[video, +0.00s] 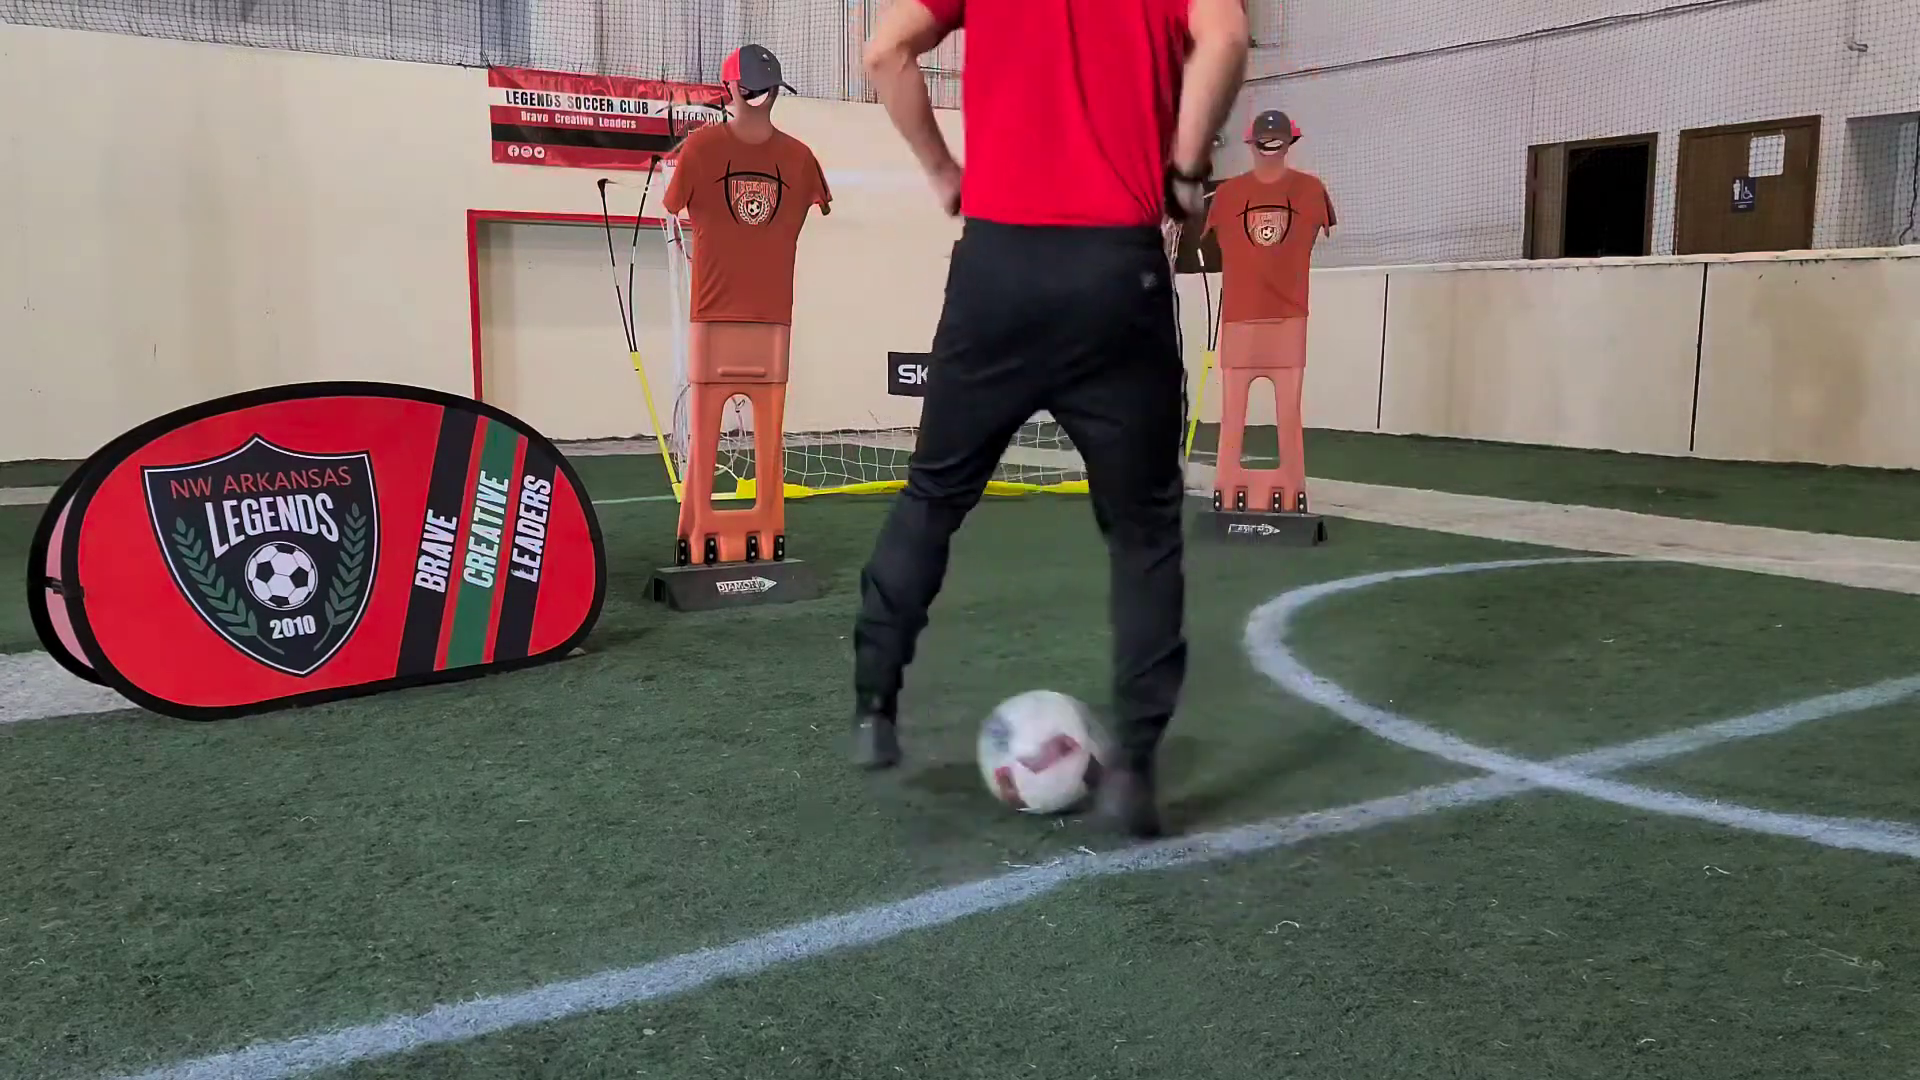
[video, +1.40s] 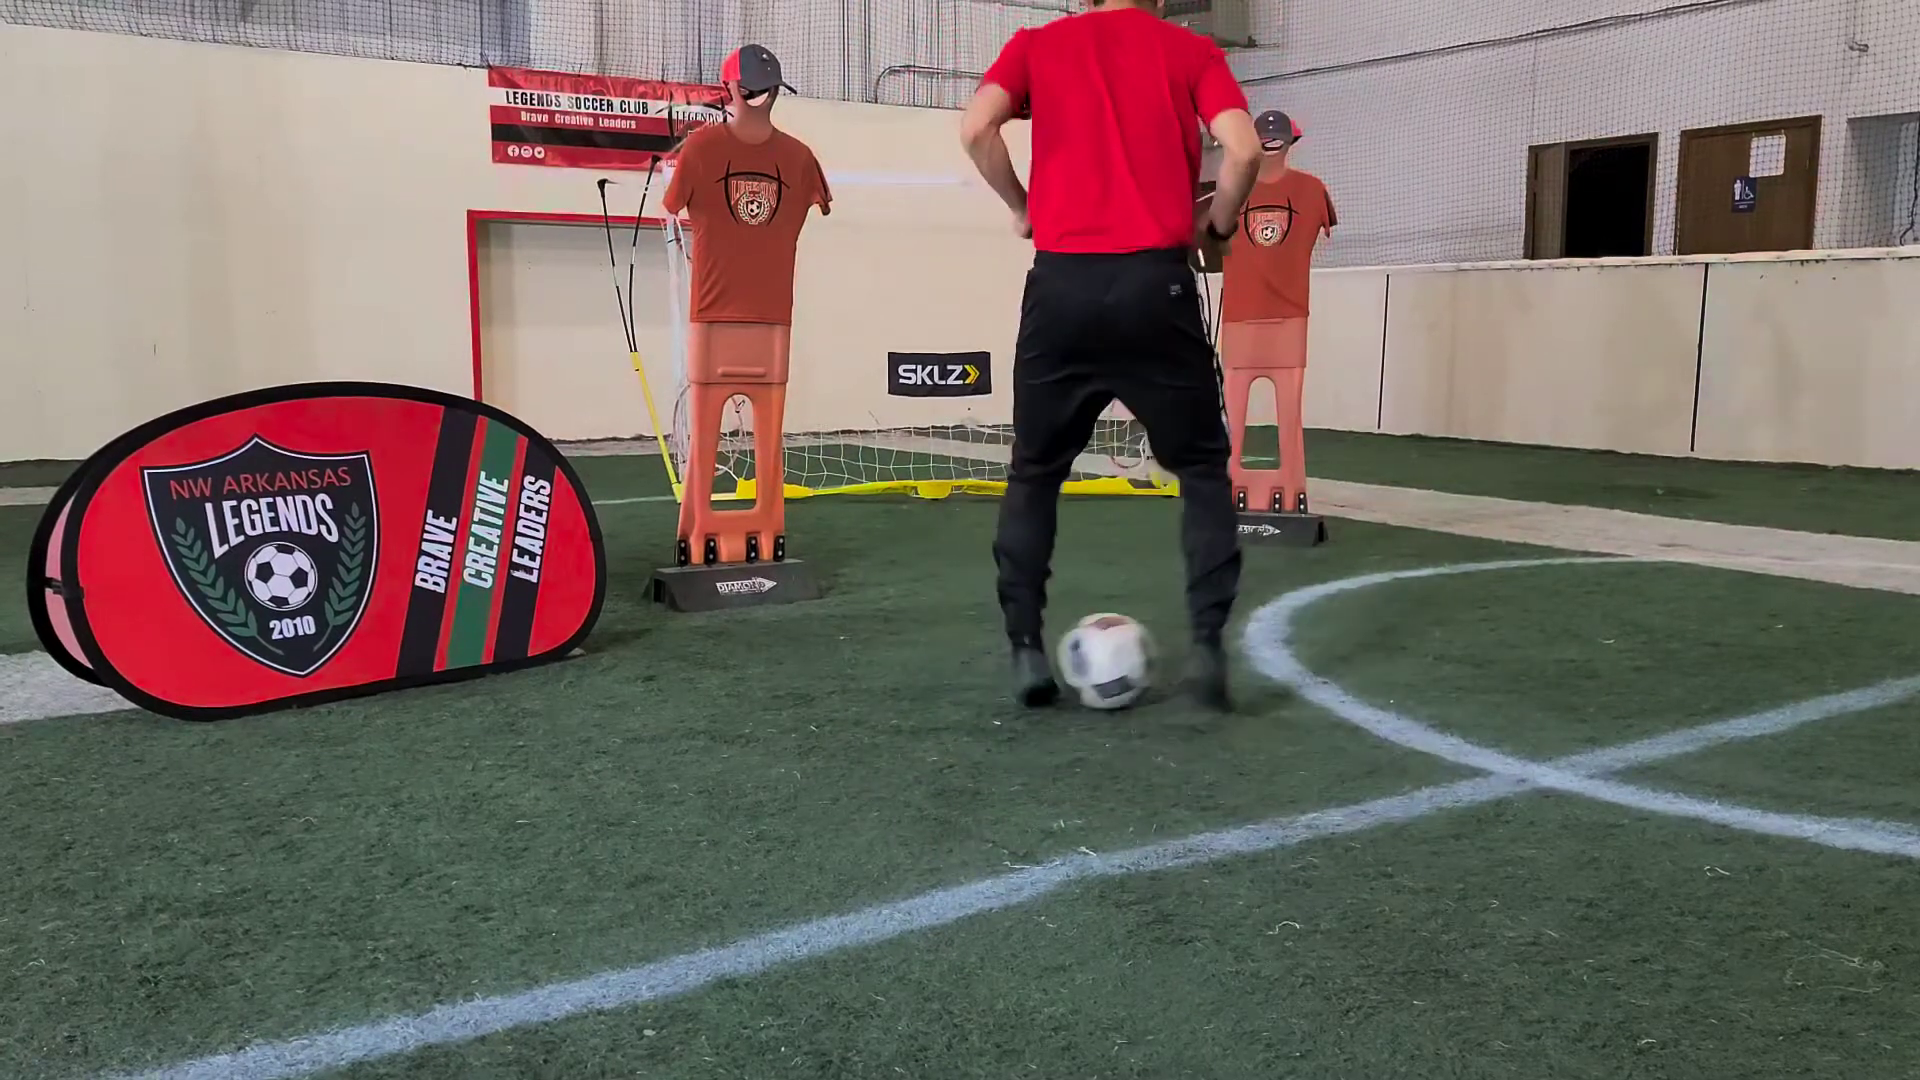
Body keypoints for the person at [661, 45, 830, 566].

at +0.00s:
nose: (758, 97)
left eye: (766, 88)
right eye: (749, 88)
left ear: (776, 88)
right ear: (730, 87)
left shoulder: (797, 153)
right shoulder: (701, 144)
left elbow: (801, 215)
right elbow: (675, 209)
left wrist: (760, 238)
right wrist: (724, 229)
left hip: (772, 302)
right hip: (713, 303)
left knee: (771, 414)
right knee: (705, 415)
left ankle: (768, 524)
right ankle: (697, 525)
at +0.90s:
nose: (757, 95)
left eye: (765, 87)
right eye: (748, 86)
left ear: (776, 88)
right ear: (729, 87)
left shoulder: (796, 153)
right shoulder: (702, 144)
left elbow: (799, 218)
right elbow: (676, 210)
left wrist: (760, 238)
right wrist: (726, 229)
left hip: (772, 302)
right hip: (713, 302)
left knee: (769, 413)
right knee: (705, 413)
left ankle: (767, 526)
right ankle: (697, 526)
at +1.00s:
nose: (759, 97)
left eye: (766, 88)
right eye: (750, 88)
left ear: (776, 89)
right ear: (730, 89)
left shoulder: (797, 153)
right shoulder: (703, 146)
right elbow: (677, 211)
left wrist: (750, 232)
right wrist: (725, 226)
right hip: (715, 304)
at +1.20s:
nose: (758, 95)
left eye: (765, 86)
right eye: (749, 86)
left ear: (776, 87)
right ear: (729, 87)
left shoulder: (797, 152)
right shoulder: (702, 144)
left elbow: (805, 212)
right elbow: (674, 208)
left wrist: (759, 234)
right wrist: (722, 227)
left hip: (772, 303)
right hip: (712, 303)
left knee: (770, 418)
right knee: (704, 420)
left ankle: (767, 531)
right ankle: (696, 531)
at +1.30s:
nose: (759, 95)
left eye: (766, 87)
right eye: (749, 87)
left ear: (776, 87)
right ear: (729, 88)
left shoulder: (798, 153)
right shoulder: (702, 145)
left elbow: (804, 213)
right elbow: (673, 209)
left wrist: (758, 235)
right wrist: (723, 227)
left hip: (772, 303)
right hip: (712, 303)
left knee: (770, 418)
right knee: (705, 420)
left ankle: (768, 531)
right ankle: (697, 531)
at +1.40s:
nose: (759, 96)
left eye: (766, 87)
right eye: (749, 87)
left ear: (775, 87)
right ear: (729, 88)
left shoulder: (797, 153)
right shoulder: (702, 145)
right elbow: (675, 210)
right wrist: (724, 227)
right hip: (713, 304)